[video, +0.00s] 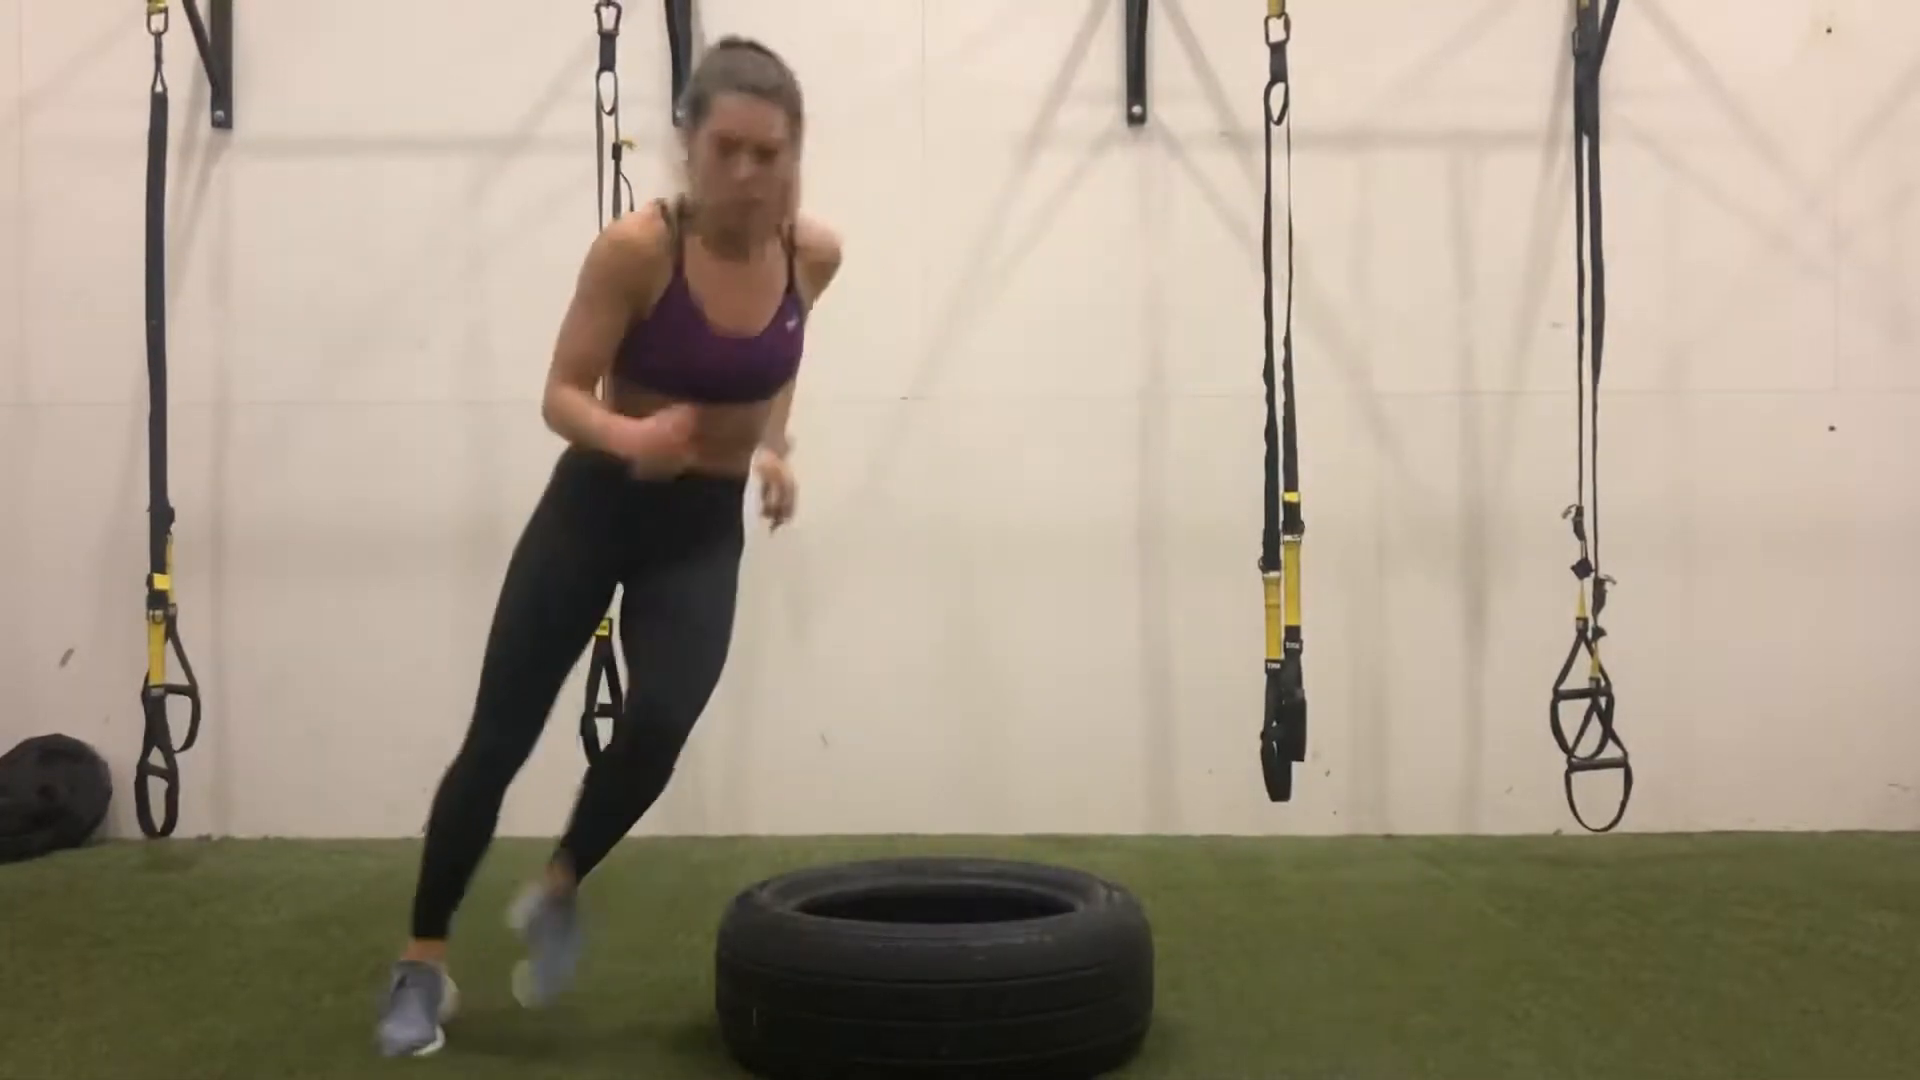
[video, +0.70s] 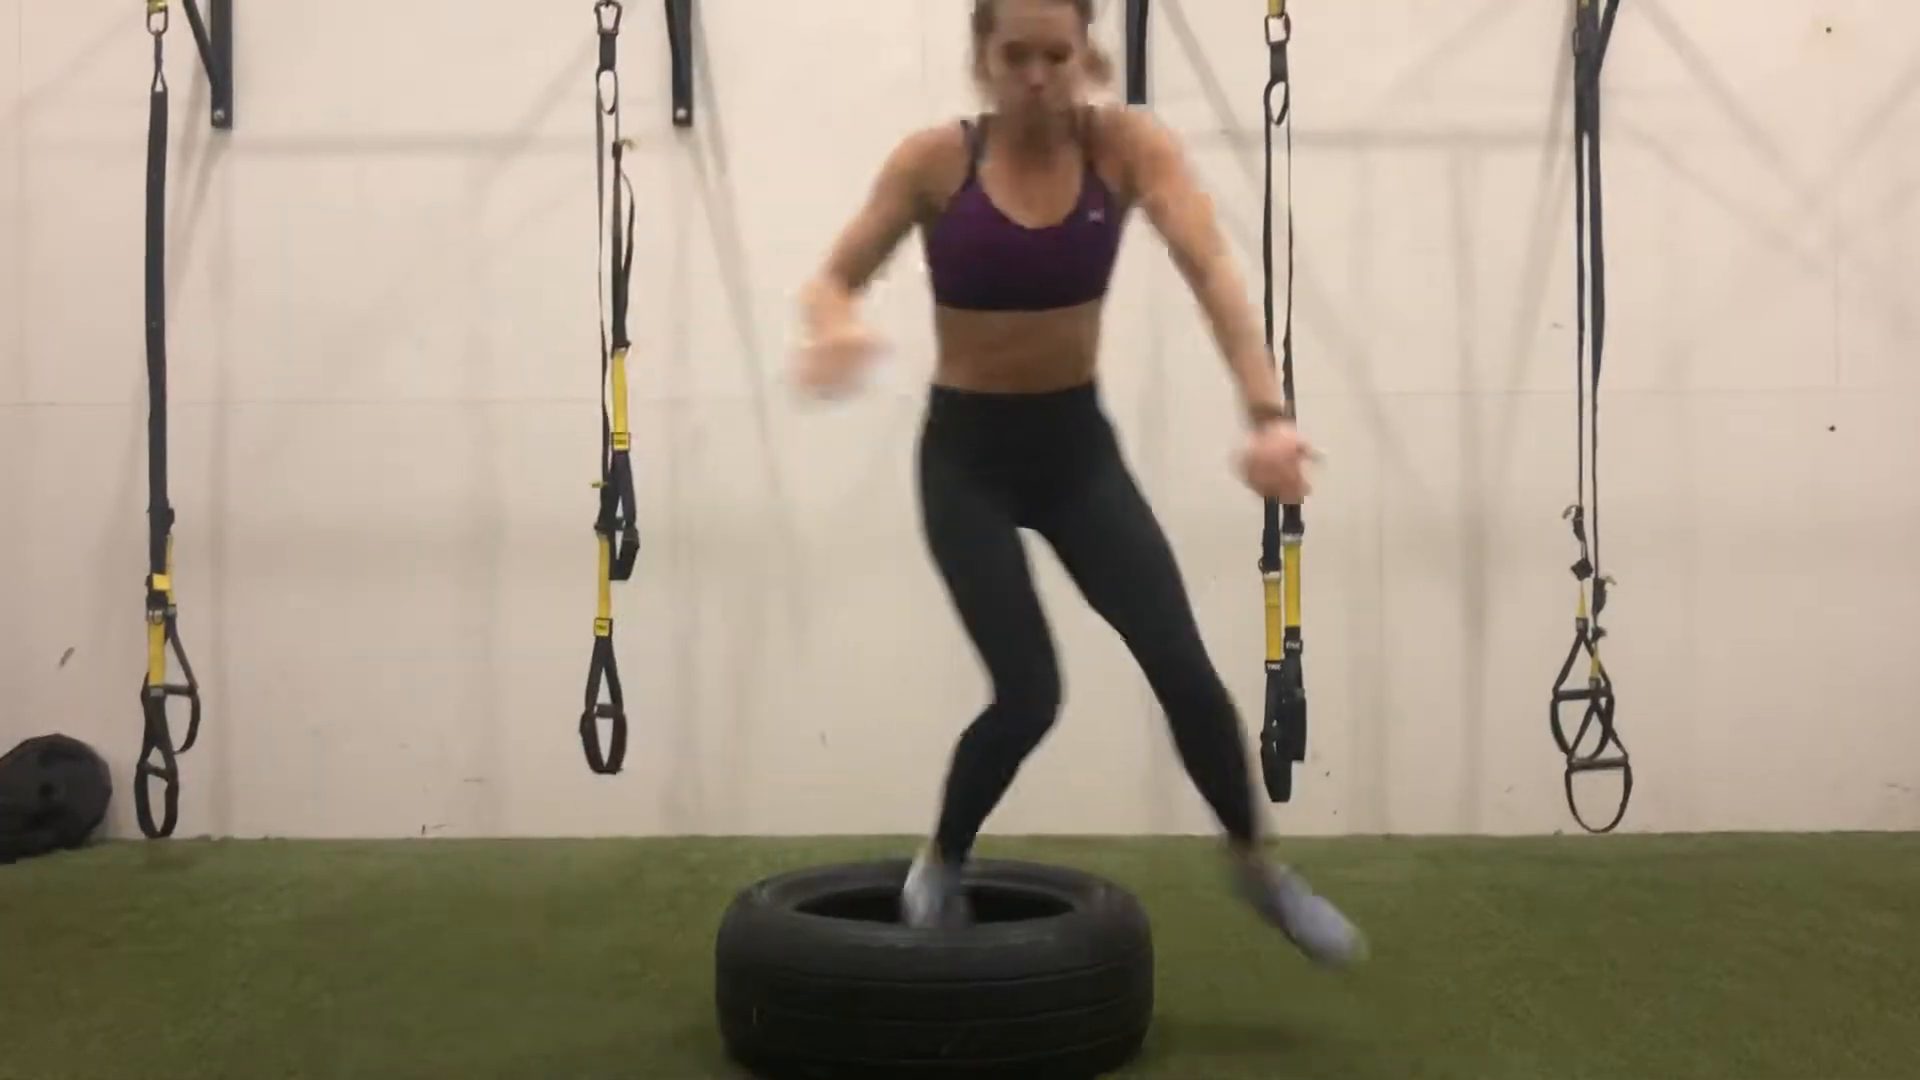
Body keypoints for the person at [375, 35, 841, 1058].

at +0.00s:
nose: (750, 174)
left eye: (770, 152)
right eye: (729, 150)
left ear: (798, 152)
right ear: (690, 147)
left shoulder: (813, 254)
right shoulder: (636, 249)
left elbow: (775, 348)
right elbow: (562, 393)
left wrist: (777, 444)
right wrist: (628, 436)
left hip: (703, 523)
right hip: (594, 505)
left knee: (659, 734)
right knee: (495, 744)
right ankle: (422, 956)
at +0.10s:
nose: (765, 169)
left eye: (784, 149)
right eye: (745, 147)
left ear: (807, 143)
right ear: (702, 137)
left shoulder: (815, 233)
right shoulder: (647, 238)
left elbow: (822, 326)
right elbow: (539, 358)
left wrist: (835, 417)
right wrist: (517, 480)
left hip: (698, 522)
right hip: (596, 492)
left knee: (628, 773)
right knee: (520, 737)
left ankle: (472, 960)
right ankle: (379, 916)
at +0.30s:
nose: (824, 162)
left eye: (839, 141)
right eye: (804, 141)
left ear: (860, 133)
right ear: (761, 132)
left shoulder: (881, 200)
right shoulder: (711, 208)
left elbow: (872, 283)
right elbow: (590, 227)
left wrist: (736, 255)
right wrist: (474, 211)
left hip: (743, 488)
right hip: (698, 478)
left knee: (610, 745)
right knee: (907, 570)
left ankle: (438, 963)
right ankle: (712, 707)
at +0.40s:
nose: (878, 108)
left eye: (894, 89)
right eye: (857, 86)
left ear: (915, 82)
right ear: (812, 79)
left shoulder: (934, 148)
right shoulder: (770, 156)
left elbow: (875, 238)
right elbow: (661, 185)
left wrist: (728, 213)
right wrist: (567, 196)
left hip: (802, 458)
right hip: (764, 455)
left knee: (725, 721)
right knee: (962, 611)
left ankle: (513, 867)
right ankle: (860, 829)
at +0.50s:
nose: (945, 117)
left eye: (962, 95)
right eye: (925, 94)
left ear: (980, 88)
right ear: (881, 85)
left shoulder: (990, 152)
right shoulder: (825, 166)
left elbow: (971, 233)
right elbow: (697, 220)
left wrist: (836, 245)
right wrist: (597, 240)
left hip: (906, 487)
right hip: (856, 487)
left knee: (926, 723)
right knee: (936, 734)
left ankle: (726, 695)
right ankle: (906, 946)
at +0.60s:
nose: (1003, 98)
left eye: (1021, 77)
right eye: (983, 77)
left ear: (1047, 69)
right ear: (946, 71)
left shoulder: (1077, 147)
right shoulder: (894, 173)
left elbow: (1099, 236)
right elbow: (747, 277)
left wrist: (1111, 320)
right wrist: (613, 351)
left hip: (1007, 473)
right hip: (913, 474)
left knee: (1140, 665)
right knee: (956, 723)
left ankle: (1026, 707)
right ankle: (904, 935)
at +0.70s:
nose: (1037, 76)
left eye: (1056, 54)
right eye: (1017, 54)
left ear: (1085, 55)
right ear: (984, 55)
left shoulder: (1127, 146)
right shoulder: (937, 160)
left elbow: (1210, 269)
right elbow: (836, 278)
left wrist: (1268, 415)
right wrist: (831, 327)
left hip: (1075, 446)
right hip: (966, 451)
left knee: (1184, 669)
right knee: (1028, 696)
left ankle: (1257, 862)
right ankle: (940, 868)